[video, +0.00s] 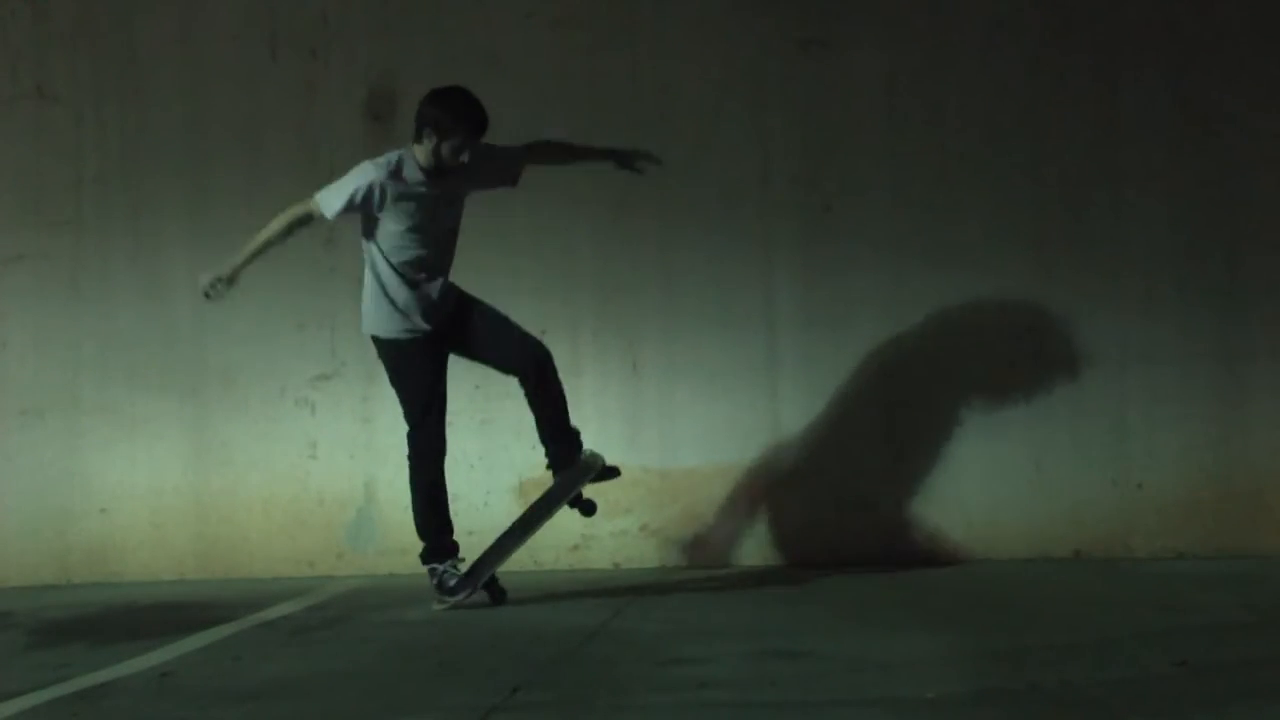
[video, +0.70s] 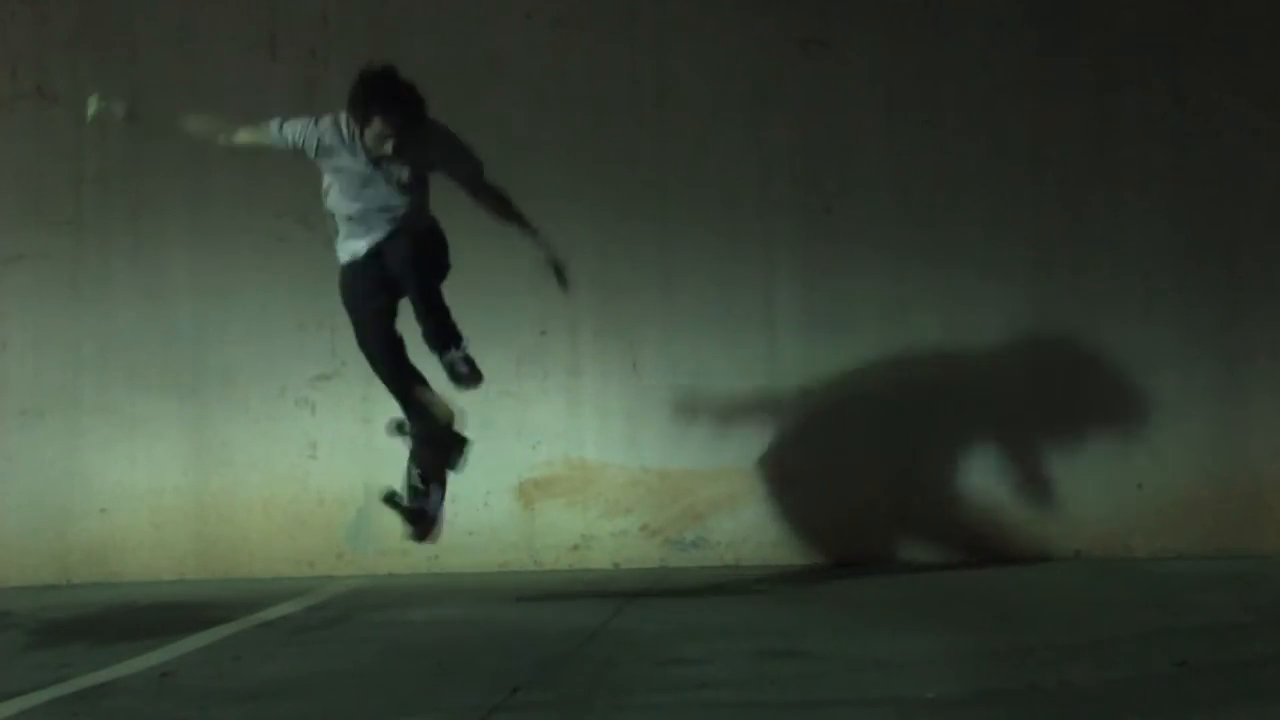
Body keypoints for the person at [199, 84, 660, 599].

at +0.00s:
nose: (467, 156)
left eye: (471, 146)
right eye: (462, 145)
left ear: (460, 140)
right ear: (432, 134)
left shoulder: (458, 172)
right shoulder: (379, 178)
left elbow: (533, 156)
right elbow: (300, 214)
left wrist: (611, 156)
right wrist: (233, 268)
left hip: (446, 306)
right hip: (400, 324)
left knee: (534, 359)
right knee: (427, 440)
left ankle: (569, 463)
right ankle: (441, 564)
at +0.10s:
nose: (459, 163)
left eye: (464, 155)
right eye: (453, 154)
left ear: (458, 151)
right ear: (423, 142)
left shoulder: (461, 174)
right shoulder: (371, 180)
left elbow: (525, 181)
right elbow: (295, 219)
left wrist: (585, 208)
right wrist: (232, 279)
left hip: (445, 298)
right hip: (397, 324)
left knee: (529, 343)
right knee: (426, 440)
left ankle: (568, 446)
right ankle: (446, 558)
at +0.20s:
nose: (453, 181)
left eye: (456, 171)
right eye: (445, 171)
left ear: (455, 167)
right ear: (413, 161)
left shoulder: (455, 202)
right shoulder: (366, 208)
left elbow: (496, 259)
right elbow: (316, 278)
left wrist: (540, 323)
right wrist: (278, 356)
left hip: (446, 312)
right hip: (397, 338)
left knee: (508, 355)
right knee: (427, 448)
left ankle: (562, 443)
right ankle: (457, 558)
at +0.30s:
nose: (423, 187)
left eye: (427, 176)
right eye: (412, 177)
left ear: (431, 174)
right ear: (384, 175)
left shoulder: (445, 214)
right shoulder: (355, 228)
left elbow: (509, 272)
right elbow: (341, 307)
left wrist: (560, 330)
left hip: (448, 330)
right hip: (395, 354)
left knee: (481, 370)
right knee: (414, 472)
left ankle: (544, 459)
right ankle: (473, 568)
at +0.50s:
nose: (360, 135)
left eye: (364, 124)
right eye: (349, 128)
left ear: (371, 120)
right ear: (326, 134)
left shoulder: (398, 139)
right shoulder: (328, 172)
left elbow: (442, 126)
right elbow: (320, 163)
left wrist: (476, 115)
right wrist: (308, 114)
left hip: (458, 263)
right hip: (408, 295)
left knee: (420, 305)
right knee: (429, 421)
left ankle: (443, 417)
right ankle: (453, 550)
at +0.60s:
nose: (387, 108)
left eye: (392, 97)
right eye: (376, 99)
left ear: (400, 88)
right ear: (351, 92)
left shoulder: (408, 115)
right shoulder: (327, 132)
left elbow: (455, 125)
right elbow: (258, 100)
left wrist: (493, 139)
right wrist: (188, 62)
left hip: (445, 243)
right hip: (392, 267)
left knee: (395, 253)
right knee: (400, 386)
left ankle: (428, 348)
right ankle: (466, 474)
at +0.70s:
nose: (392, 146)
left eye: (399, 136)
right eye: (384, 136)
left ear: (409, 123)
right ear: (360, 123)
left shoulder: (426, 141)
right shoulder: (325, 135)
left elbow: (483, 191)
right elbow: (233, 134)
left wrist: (540, 242)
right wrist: (148, 118)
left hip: (415, 240)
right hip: (360, 257)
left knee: (411, 247)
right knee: (376, 343)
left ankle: (447, 343)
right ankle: (433, 426)